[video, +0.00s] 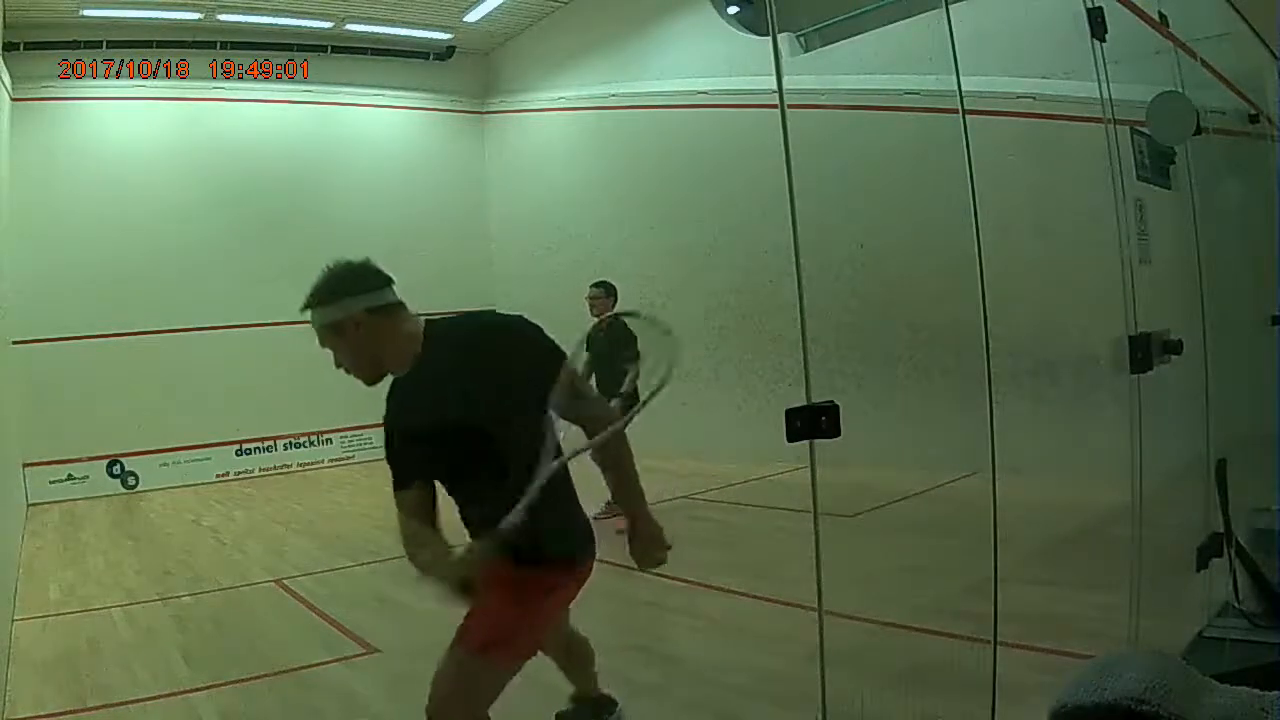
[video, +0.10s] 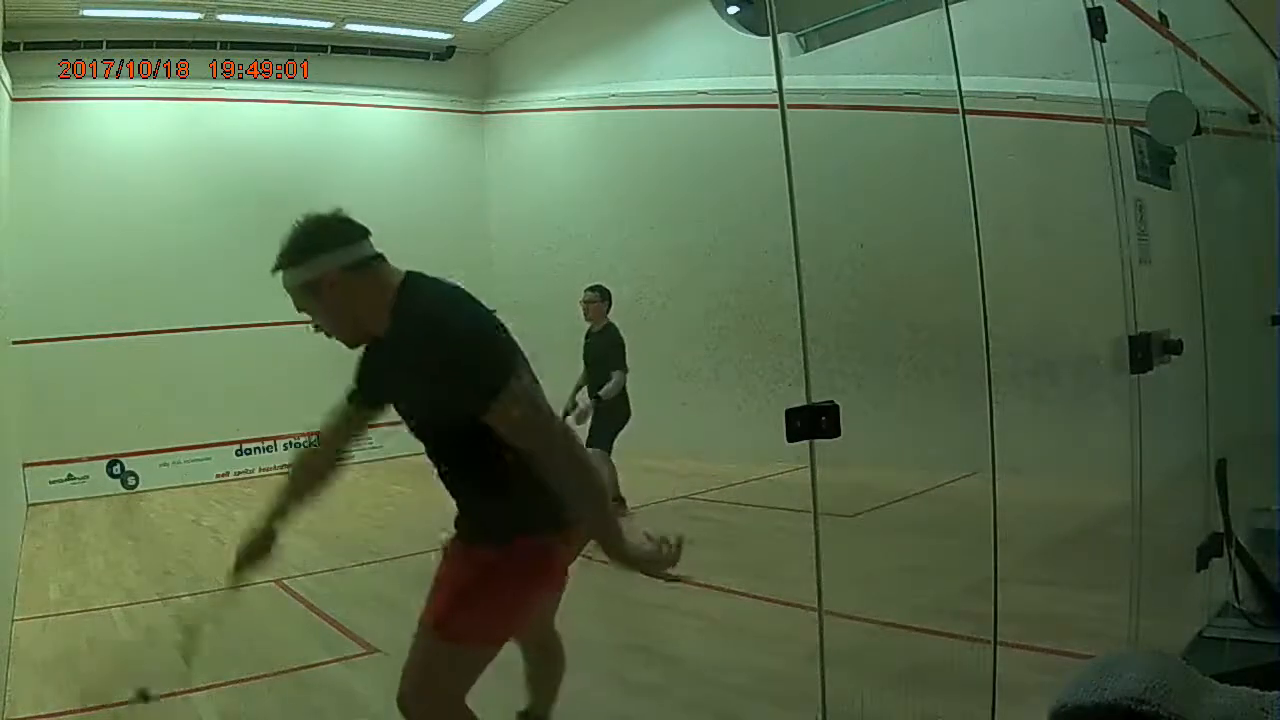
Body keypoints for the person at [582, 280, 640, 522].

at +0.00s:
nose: (591, 304)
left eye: (597, 299)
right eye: (590, 299)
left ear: (610, 301)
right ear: (590, 302)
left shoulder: (621, 331)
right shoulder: (594, 332)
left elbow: (633, 368)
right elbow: (589, 364)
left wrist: (622, 398)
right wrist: (578, 390)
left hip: (622, 397)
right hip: (603, 395)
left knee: (612, 452)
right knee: (602, 451)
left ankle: (622, 500)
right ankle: (618, 498)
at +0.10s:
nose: (584, 307)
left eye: (590, 303)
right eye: (583, 303)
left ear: (605, 305)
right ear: (583, 306)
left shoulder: (612, 336)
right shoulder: (591, 334)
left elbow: (619, 377)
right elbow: (588, 370)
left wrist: (595, 400)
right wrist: (572, 397)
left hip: (614, 406)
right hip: (601, 406)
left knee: (595, 453)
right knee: (600, 454)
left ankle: (607, 503)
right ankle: (615, 498)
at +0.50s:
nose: (554, 282)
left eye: (558, 276)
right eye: (556, 276)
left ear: (569, 279)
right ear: (577, 278)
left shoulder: (579, 310)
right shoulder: (581, 307)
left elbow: (586, 359)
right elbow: (587, 359)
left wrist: (557, 392)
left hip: (585, 395)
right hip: (599, 394)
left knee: (564, 464)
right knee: (596, 463)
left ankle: (598, 524)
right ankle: (637, 518)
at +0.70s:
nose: (542, 325)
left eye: (545, 317)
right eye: (543, 317)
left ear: (553, 316)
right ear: (572, 314)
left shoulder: (561, 348)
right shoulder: (582, 342)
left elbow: (577, 387)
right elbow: (590, 386)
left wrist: (553, 425)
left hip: (589, 425)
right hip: (609, 422)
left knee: (565, 493)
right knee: (587, 491)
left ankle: (577, 564)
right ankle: (640, 535)